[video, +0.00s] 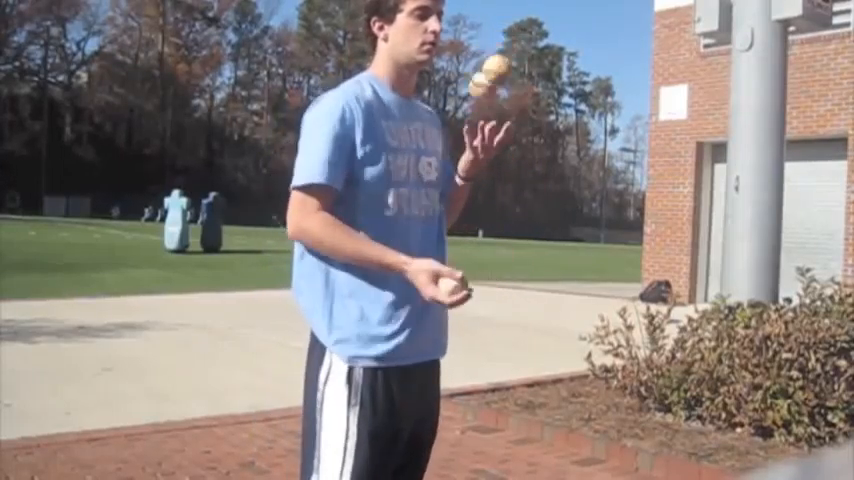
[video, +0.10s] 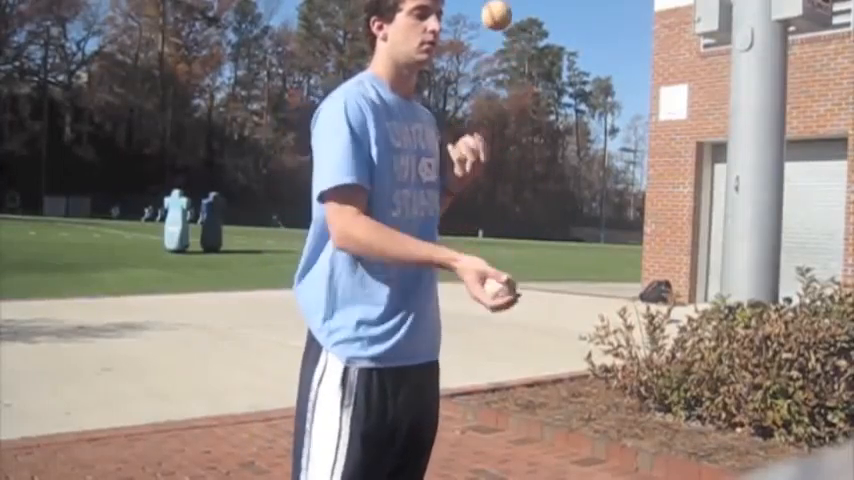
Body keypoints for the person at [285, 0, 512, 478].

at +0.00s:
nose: (436, 28)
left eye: (439, 17)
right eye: (421, 14)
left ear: (440, 29)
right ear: (381, 27)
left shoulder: (431, 121)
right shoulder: (340, 109)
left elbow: (436, 221)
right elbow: (303, 220)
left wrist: (467, 171)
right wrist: (407, 265)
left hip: (421, 350)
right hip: (356, 353)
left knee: (405, 471)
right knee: (345, 471)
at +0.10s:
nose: (435, 27)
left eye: (439, 17)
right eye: (420, 14)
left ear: (440, 30)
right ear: (380, 27)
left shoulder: (425, 118)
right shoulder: (347, 106)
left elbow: (419, 216)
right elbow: (345, 228)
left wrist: (456, 184)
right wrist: (456, 261)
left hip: (417, 354)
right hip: (353, 355)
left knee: (404, 472)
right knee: (334, 473)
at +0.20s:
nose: (435, 26)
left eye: (439, 16)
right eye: (421, 13)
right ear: (380, 26)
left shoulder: (426, 119)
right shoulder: (349, 103)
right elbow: (382, 220)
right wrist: (495, 212)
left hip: (415, 349)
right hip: (350, 351)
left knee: (403, 470)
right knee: (334, 471)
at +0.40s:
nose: (436, 23)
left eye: (439, 13)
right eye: (421, 10)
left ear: (441, 27)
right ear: (381, 23)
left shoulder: (437, 125)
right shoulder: (338, 100)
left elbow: (437, 235)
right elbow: (339, 217)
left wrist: (468, 287)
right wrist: (443, 170)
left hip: (418, 354)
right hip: (350, 353)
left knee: (405, 471)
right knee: (337, 471)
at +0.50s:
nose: (438, 23)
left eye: (440, 13)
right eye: (422, 11)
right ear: (382, 24)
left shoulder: (440, 124)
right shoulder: (337, 102)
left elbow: (434, 230)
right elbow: (301, 215)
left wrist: (475, 235)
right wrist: (408, 192)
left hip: (419, 354)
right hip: (349, 354)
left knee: (407, 471)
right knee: (339, 471)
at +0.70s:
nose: (437, 19)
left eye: (440, 10)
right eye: (422, 8)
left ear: (441, 24)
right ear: (382, 22)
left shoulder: (424, 116)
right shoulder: (347, 105)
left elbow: (421, 213)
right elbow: (310, 221)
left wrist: (464, 164)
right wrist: (412, 273)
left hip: (419, 355)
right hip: (356, 359)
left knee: (405, 472)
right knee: (338, 473)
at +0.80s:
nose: (438, 16)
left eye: (439, 7)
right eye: (421, 6)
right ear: (382, 22)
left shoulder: (414, 110)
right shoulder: (356, 105)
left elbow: (407, 203)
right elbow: (348, 230)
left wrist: (458, 178)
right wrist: (457, 280)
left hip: (418, 355)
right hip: (359, 358)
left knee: (406, 471)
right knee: (337, 471)